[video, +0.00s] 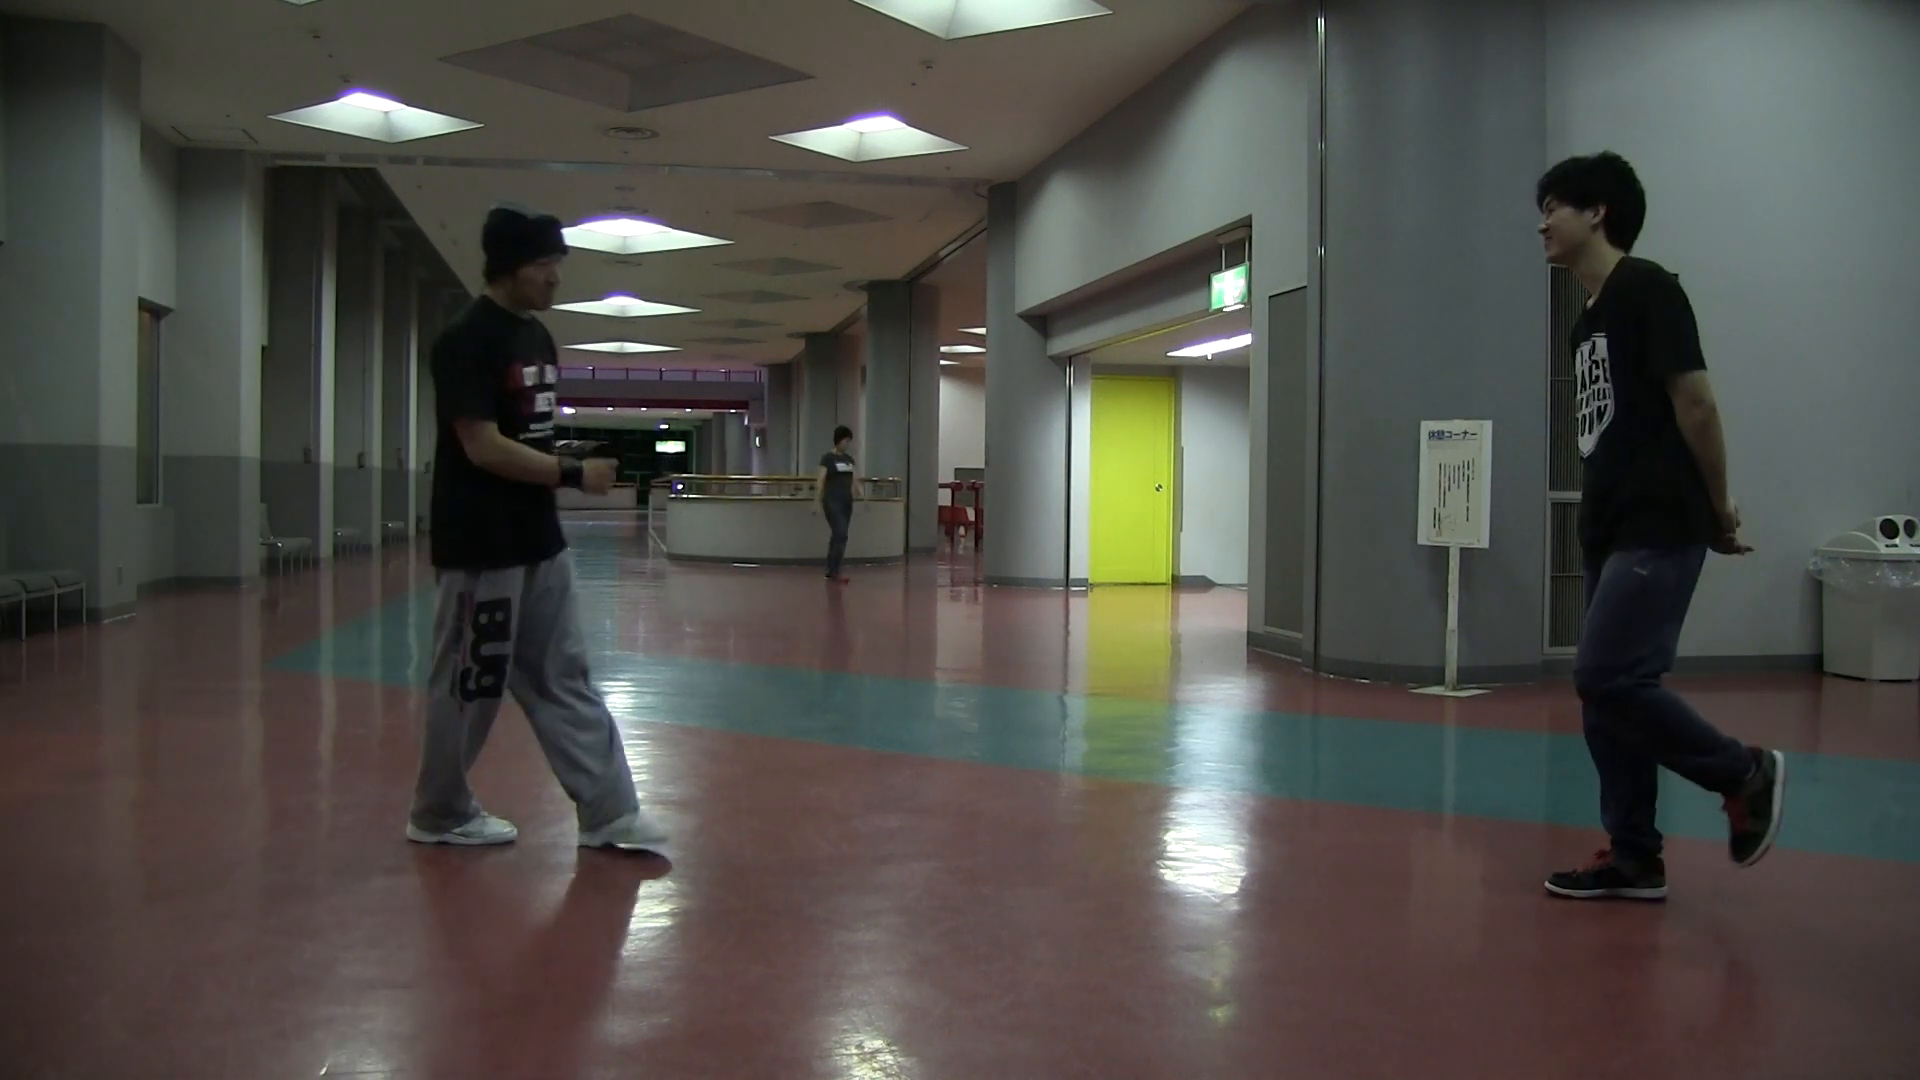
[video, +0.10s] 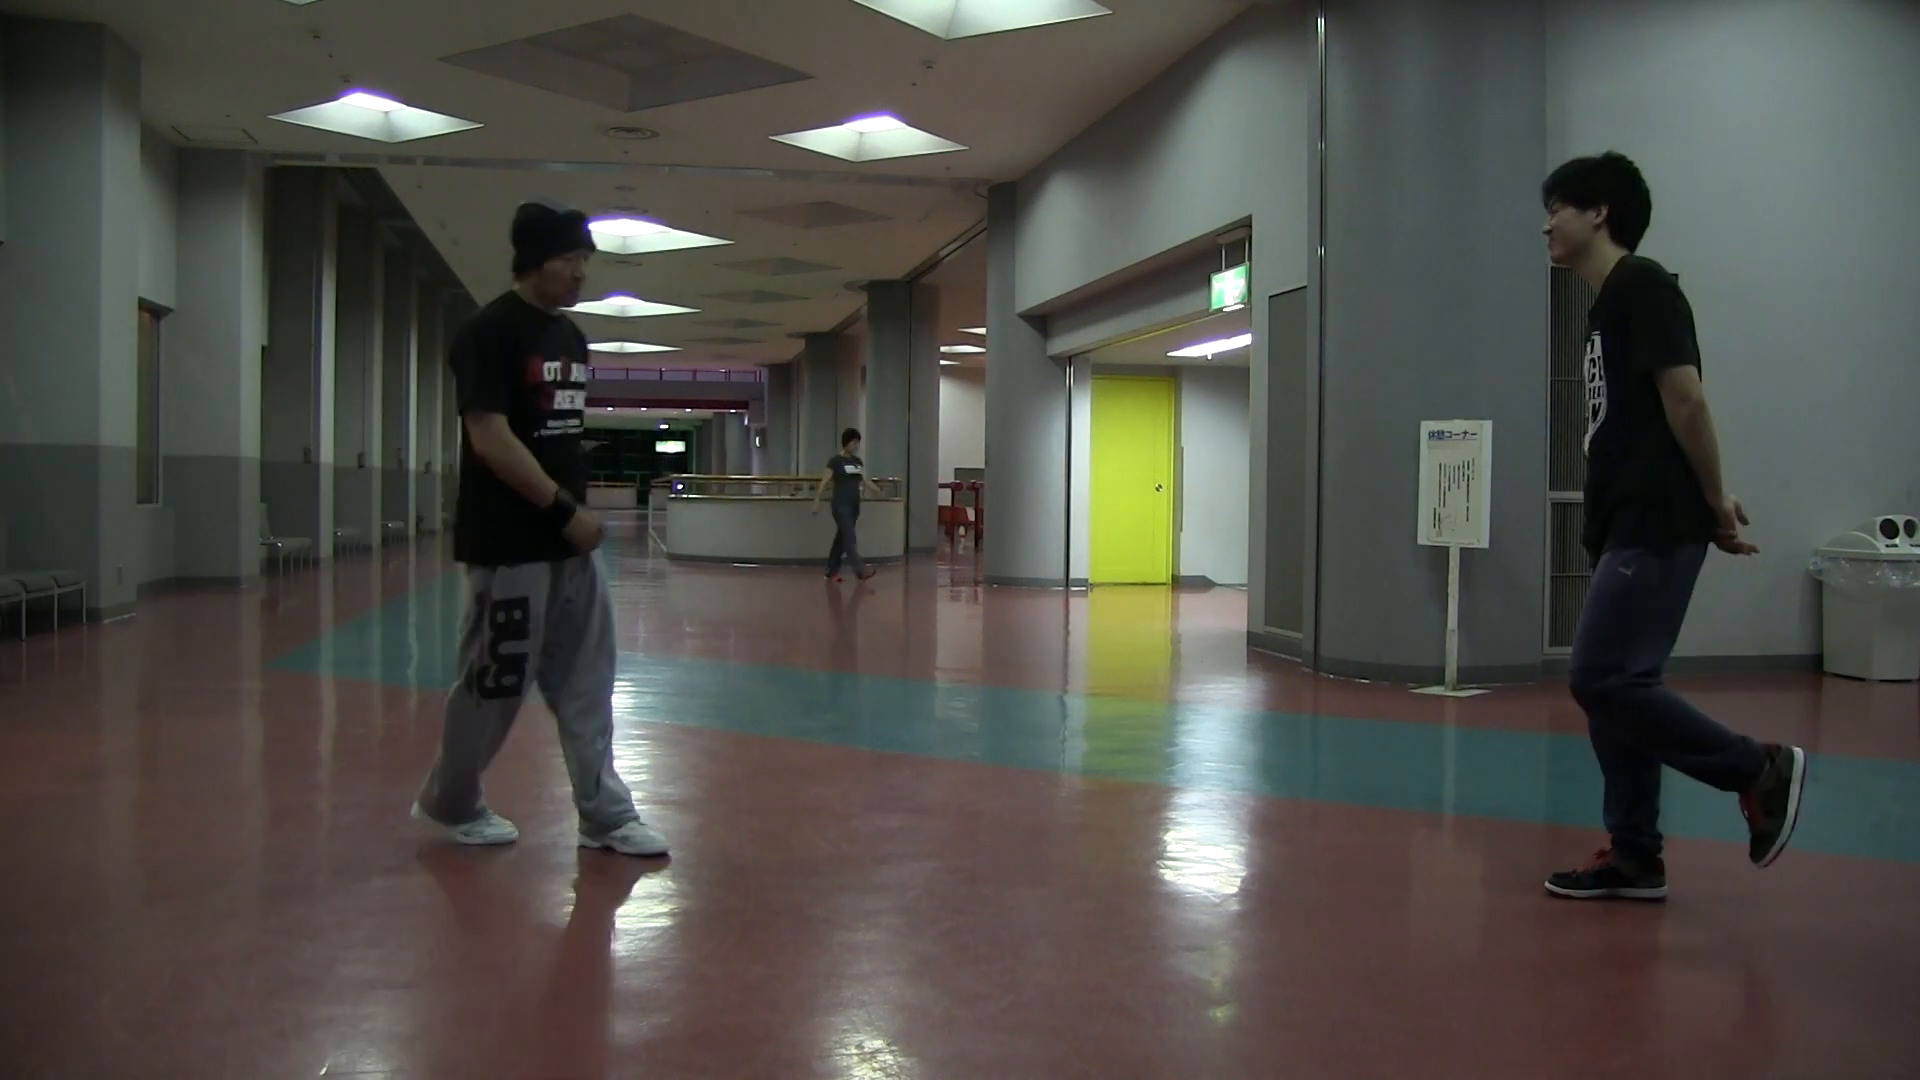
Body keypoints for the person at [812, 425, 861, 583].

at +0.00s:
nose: (847, 444)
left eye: (848, 441)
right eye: (846, 441)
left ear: (847, 442)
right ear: (838, 441)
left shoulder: (849, 460)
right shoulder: (828, 458)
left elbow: (852, 478)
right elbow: (820, 481)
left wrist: (858, 488)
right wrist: (816, 502)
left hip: (846, 501)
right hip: (831, 501)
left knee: (840, 534)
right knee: (839, 534)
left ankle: (833, 570)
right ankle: (832, 570)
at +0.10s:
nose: (857, 446)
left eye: (858, 443)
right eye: (854, 443)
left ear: (857, 444)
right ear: (846, 443)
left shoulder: (857, 461)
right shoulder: (836, 461)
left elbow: (864, 480)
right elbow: (823, 482)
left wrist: (877, 491)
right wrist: (816, 503)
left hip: (853, 504)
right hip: (840, 504)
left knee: (841, 539)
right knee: (849, 537)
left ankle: (832, 571)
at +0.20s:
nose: (866, 447)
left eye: (867, 444)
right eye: (863, 444)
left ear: (865, 445)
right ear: (855, 444)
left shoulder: (866, 462)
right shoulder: (843, 462)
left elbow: (874, 481)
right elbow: (832, 484)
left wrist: (887, 487)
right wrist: (822, 505)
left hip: (862, 505)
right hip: (849, 506)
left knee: (851, 540)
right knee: (860, 538)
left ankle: (835, 569)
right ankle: (868, 573)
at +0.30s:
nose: (875, 445)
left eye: (875, 442)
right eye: (873, 442)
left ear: (872, 443)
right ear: (864, 442)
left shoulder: (873, 461)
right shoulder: (853, 461)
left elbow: (881, 481)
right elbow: (844, 482)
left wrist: (893, 494)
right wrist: (840, 501)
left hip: (871, 504)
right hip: (858, 504)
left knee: (869, 537)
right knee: (867, 537)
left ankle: (847, 561)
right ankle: (869, 573)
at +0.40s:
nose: (884, 443)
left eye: (884, 440)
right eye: (881, 439)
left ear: (881, 441)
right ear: (873, 440)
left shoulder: (881, 459)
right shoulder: (862, 459)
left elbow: (886, 482)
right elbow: (857, 483)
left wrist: (894, 500)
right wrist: (860, 505)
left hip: (881, 504)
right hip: (867, 505)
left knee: (885, 537)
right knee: (869, 539)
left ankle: (867, 561)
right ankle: (869, 572)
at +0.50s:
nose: (892, 443)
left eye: (893, 440)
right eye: (890, 439)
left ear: (890, 440)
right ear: (882, 440)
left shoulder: (889, 458)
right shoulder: (872, 458)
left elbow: (891, 482)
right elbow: (871, 481)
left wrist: (897, 499)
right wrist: (883, 500)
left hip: (891, 503)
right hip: (875, 503)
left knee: (897, 536)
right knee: (872, 538)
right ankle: (869, 573)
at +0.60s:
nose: (902, 445)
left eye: (902, 442)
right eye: (900, 442)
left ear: (897, 443)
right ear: (892, 442)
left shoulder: (899, 460)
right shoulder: (882, 460)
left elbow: (898, 482)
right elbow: (885, 482)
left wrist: (903, 499)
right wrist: (904, 496)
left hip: (899, 505)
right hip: (884, 506)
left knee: (905, 541)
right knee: (878, 541)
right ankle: (870, 574)